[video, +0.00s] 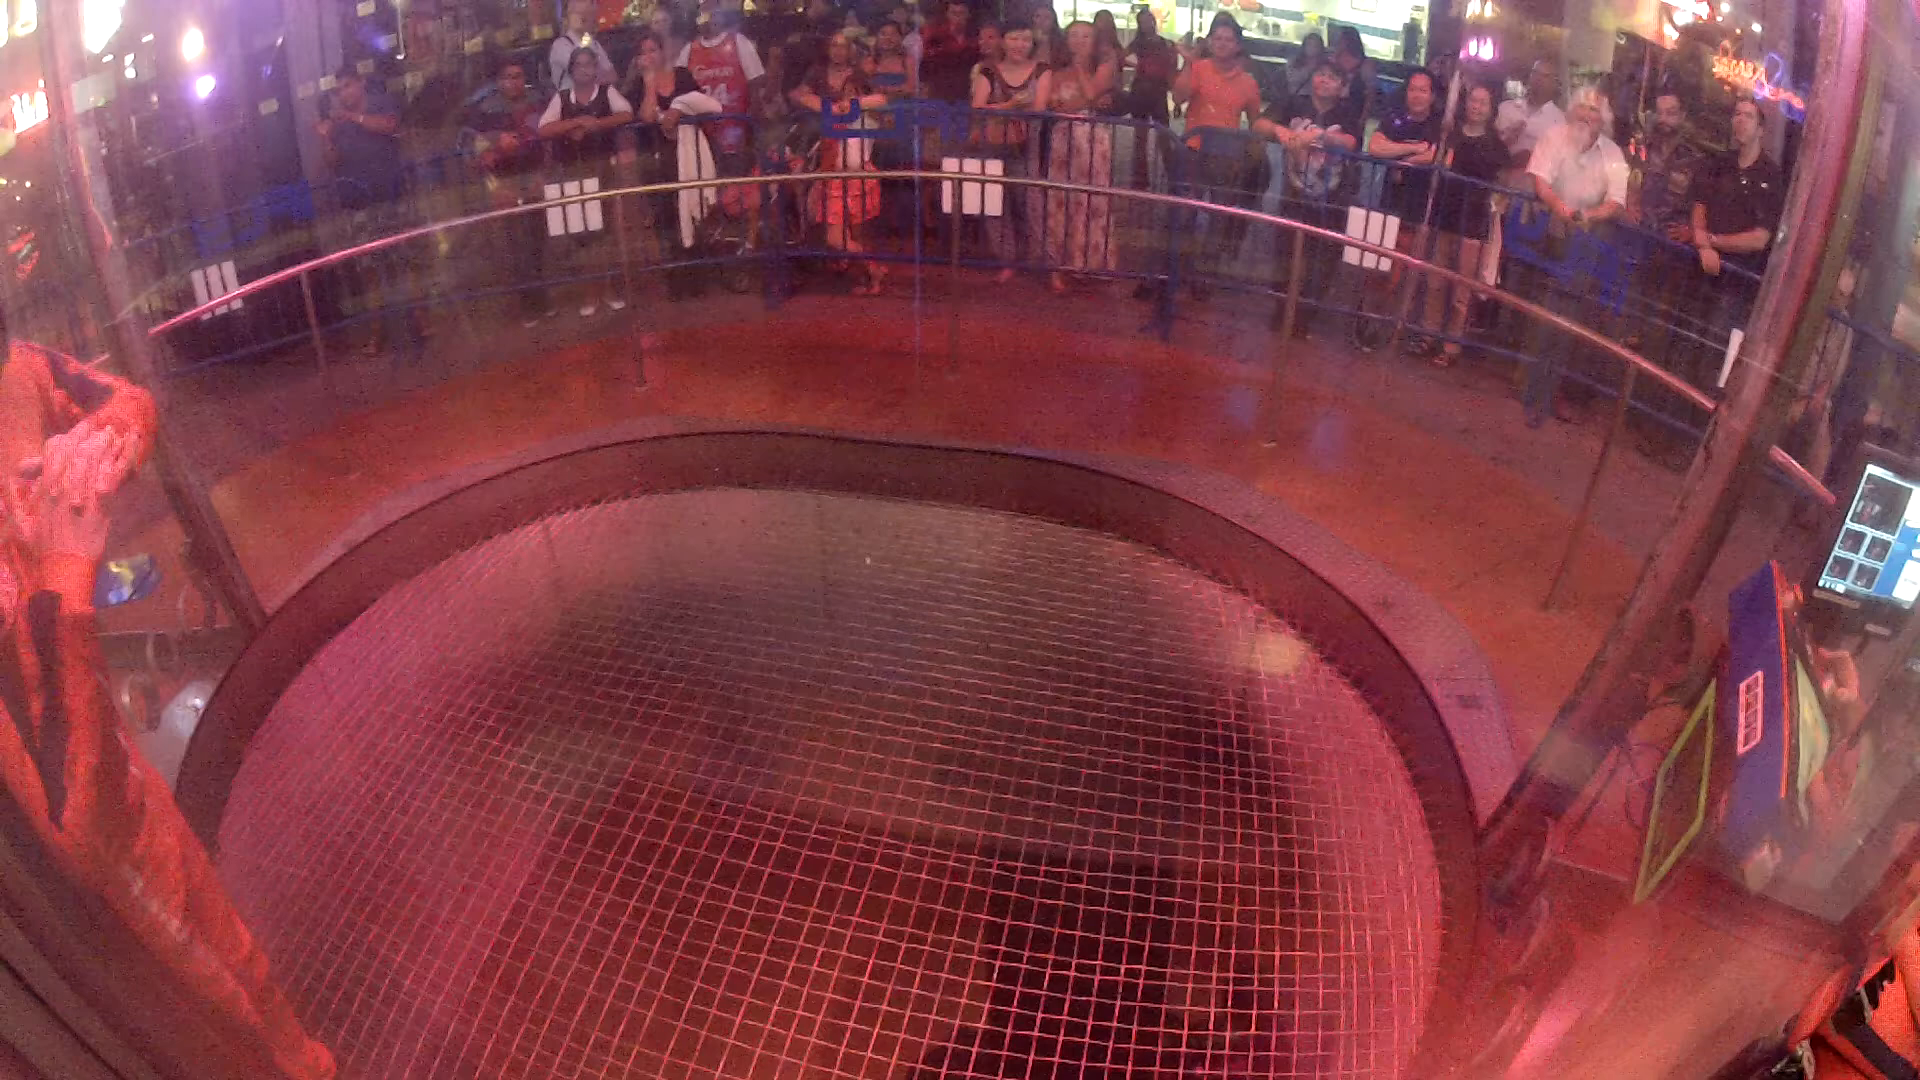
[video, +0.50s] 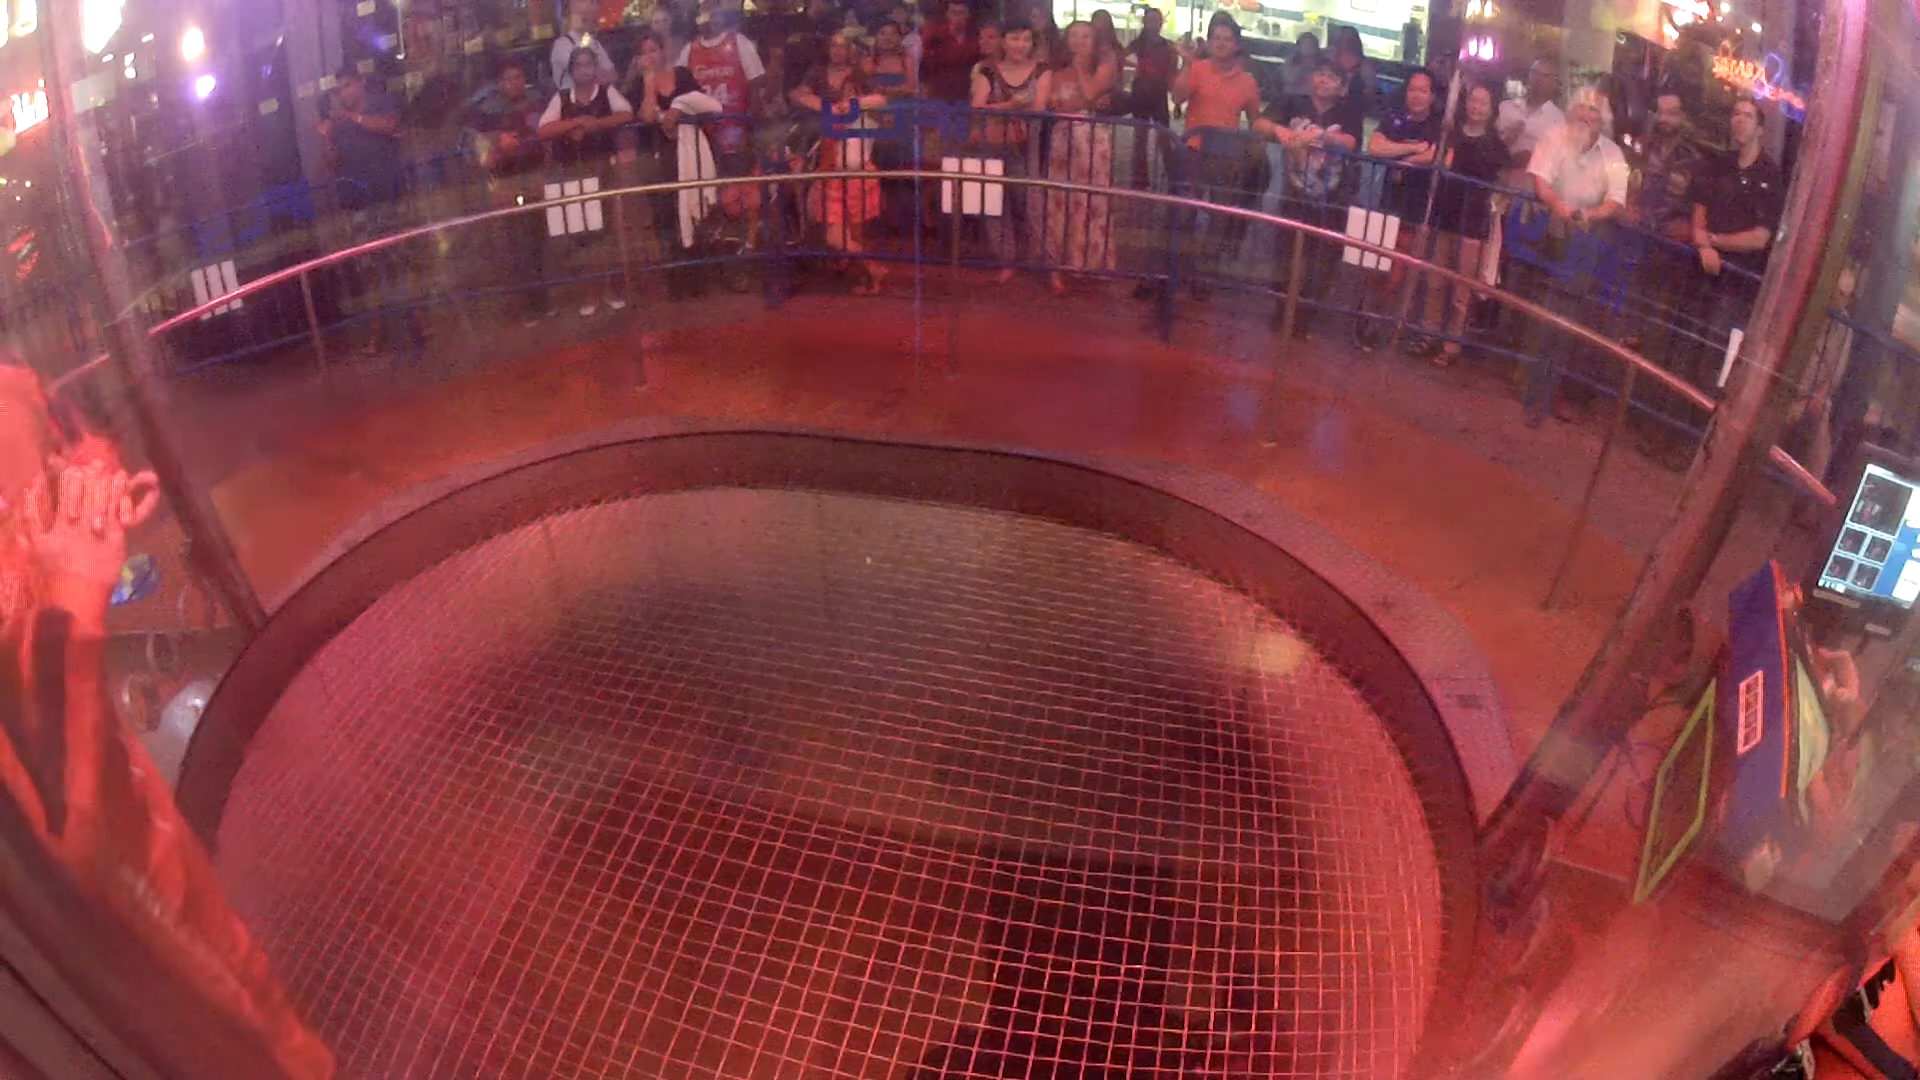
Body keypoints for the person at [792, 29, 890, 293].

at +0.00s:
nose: (837, 51)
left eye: (841, 46)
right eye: (833, 46)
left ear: (850, 50)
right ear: (826, 49)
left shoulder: (859, 76)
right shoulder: (819, 74)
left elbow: (881, 99)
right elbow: (798, 94)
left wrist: (853, 104)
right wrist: (828, 108)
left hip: (857, 163)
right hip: (830, 162)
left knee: (840, 237)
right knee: (835, 237)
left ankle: (874, 268)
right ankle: (873, 270)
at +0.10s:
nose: (837, 50)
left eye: (842, 46)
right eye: (833, 46)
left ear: (851, 50)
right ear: (826, 49)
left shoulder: (859, 76)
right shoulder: (819, 74)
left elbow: (881, 99)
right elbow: (798, 94)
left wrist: (853, 104)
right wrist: (828, 108)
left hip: (857, 162)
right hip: (830, 161)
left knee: (851, 230)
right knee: (833, 236)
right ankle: (873, 269)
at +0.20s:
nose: (836, 51)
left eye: (841, 46)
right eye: (833, 46)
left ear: (850, 50)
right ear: (826, 49)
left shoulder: (859, 76)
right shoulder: (819, 74)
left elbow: (881, 99)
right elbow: (798, 95)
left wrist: (853, 104)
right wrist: (828, 108)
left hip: (857, 164)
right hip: (830, 162)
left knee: (848, 233)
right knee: (834, 236)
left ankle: (873, 269)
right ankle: (873, 270)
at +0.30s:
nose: (837, 51)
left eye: (842, 46)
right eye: (833, 46)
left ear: (850, 50)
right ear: (826, 49)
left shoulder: (858, 76)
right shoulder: (818, 74)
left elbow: (881, 99)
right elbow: (798, 94)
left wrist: (853, 104)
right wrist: (828, 108)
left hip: (857, 159)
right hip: (829, 159)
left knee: (852, 227)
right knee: (834, 235)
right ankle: (873, 269)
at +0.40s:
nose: (837, 51)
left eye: (841, 46)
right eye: (833, 46)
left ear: (851, 51)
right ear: (826, 49)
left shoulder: (858, 76)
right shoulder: (818, 74)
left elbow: (880, 99)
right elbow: (798, 95)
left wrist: (853, 104)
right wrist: (828, 108)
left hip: (857, 158)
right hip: (830, 159)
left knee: (852, 228)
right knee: (834, 235)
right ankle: (873, 270)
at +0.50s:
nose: (836, 51)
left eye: (841, 46)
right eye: (833, 46)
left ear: (851, 50)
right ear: (827, 49)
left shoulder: (859, 76)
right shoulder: (818, 74)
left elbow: (880, 99)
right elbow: (798, 94)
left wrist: (853, 104)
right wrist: (828, 108)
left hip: (857, 163)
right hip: (829, 161)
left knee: (854, 230)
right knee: (833, 236)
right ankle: (873, 269)